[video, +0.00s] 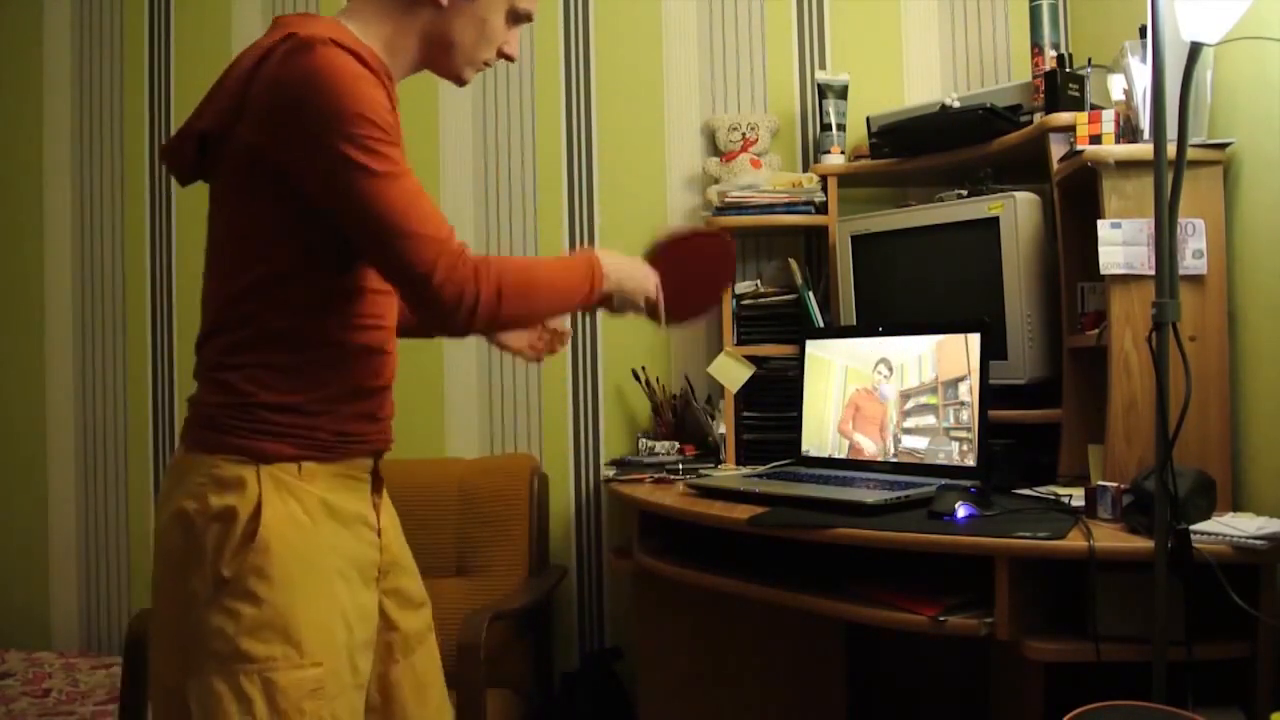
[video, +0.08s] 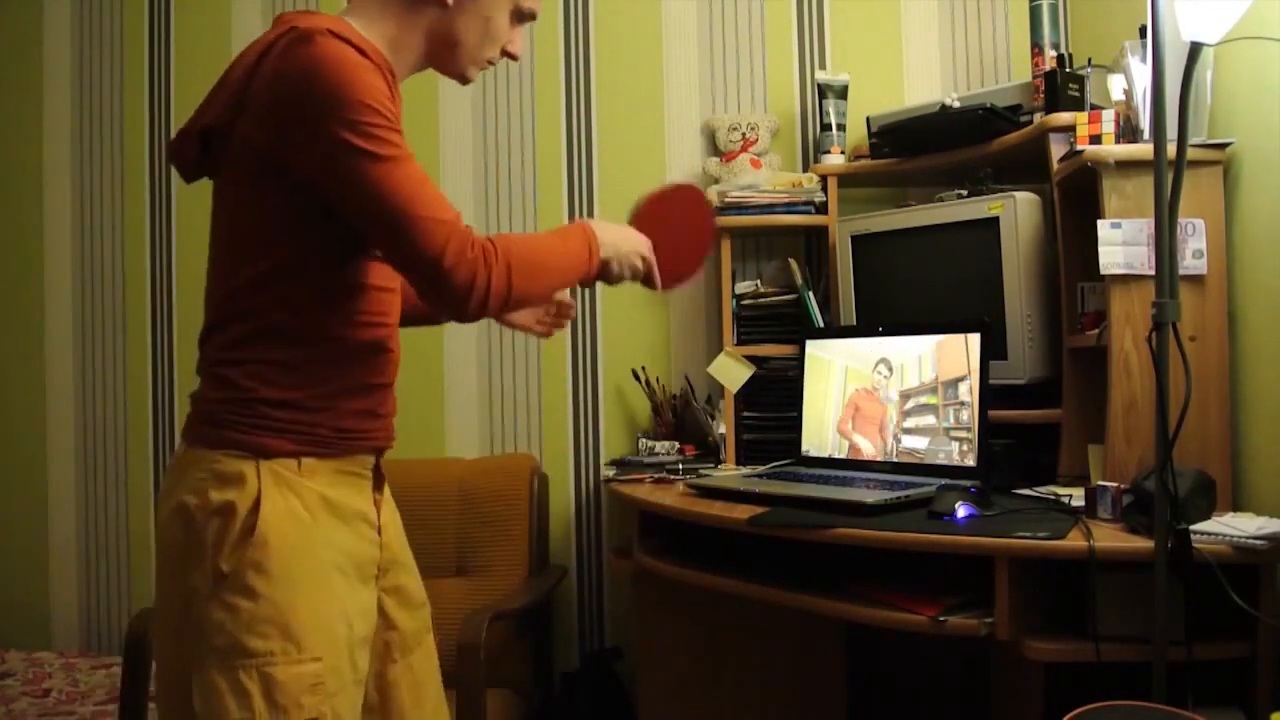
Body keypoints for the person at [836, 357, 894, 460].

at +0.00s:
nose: (880, 379)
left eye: (885, 377)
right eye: (879, 373)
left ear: (888, 380)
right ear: (873, 372)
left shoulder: (884, 402)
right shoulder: (858, 395)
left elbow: (884, 429)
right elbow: (843, 427)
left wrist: (889, 443)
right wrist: (862, 441)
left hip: (877, 457)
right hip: (857, 455)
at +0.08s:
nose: (880, 379)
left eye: (885, 377)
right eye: (878, 373)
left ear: (888, 380)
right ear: (873, 372)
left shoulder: (883, 404)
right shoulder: (857, 396)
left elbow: (883, 429)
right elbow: (842, 426)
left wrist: (889, 442)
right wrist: (861, 442)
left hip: (877, 456)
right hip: (857, 455)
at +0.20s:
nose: (880, 379)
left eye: (885, 377)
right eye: (878, 373)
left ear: (888, 380)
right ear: (873, 372)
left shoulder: (883, 405)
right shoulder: (857, 396)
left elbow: (884, 430)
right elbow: (842, 426)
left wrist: (889, 440)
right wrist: (861, 442)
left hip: (876, 457)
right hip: (857, 456)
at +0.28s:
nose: (881, 380)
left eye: (885, 378)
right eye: (879, 374)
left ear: (888, 381)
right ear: (873, 372)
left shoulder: (882, 403)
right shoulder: (858, 396)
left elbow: (882, 431)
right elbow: (843, 426)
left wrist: (892, 443)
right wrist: (861, 442)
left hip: (876, 457)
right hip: (857, 456)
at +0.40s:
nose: (882, 381)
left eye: (886, 379)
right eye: (880, 375)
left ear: (889, 382)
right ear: (874, 374)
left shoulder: (882, 403)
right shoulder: (859, 397)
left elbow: (882, 431)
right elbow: (843, 426)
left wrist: (890, 440)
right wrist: (862, 441)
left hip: (876, 457)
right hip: (857, 456)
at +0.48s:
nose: (882, 382)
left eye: (887, 380)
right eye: (881, 376)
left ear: (889, 383)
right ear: (875, 374)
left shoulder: (882, 403)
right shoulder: (860, 397)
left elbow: (882, 430)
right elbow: (843, 425)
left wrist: (891, 441)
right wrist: (862, 440)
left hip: (875, 457)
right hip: (858, 456)